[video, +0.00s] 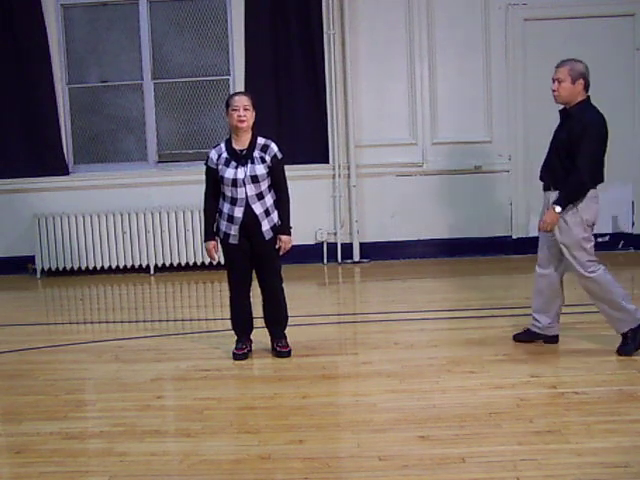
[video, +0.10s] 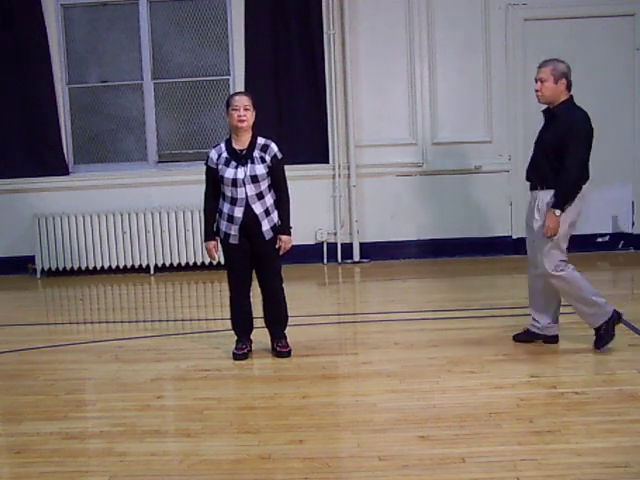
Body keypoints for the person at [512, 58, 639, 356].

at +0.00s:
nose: (553, 87)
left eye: (558, 82)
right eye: (553, 82)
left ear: (579, 85)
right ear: (574, 86)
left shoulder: (590, 120)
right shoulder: (569, 117)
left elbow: (584, 174)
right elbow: (566, 163)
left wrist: (557, 207)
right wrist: (549, 197)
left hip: (576, 201)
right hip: (554, 198)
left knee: (586, 268)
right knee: (547, 266)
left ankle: (631, 324)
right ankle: (544, 328)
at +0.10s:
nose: (537, 87)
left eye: (542, 82)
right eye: (536, 81)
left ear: (562, 84)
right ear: (554, 85)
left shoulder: (576, 119)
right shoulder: (553, 116)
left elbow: (576, 172)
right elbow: (553, 162)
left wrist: (556, 210)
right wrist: (538, 199)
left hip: (559, 198)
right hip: (540, 196)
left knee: (552, 265)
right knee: (538, 264)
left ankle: (604, 316)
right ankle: (544, 327)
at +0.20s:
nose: (522, 87)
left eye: (527, 81)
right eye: (522, 81)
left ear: (547, 84)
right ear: (537, 85)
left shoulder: (564, 118)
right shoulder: (537, 117)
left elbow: (570, 172)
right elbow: (525, 160)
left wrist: (557, 211)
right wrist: (509, 194)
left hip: (545, 197)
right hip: (526, 196)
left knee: (533, 264)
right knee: (529, 264)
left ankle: (563, 323)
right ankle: (540, 326)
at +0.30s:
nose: (510, 87)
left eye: (515, 81)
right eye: (510, 81)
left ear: (535, 84)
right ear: (525, 85)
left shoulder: (554, 120)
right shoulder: (522, 118)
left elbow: (566, 171)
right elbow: (506, 159)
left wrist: (559, 211)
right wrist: (483, 194)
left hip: (536, 199)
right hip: (517, 198)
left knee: (518, 265)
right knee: (535, 264)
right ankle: (546, 327)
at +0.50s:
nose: (488, 88)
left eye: (493, 83)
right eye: (488, 83)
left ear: (512, 87)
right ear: (505, 87)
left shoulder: (534, 123)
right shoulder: (498, 121)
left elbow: (548, 170)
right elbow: (481, 161)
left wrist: (552, 214)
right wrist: (457, 195)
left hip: (517, 202)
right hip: (494, 201)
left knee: (495, 268)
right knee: (519, 264)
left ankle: (471, 335)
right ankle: (543, 324)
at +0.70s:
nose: (469, 87)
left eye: (474, 82)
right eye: (470, 81)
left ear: (493, 87)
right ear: (488, 87)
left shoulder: (513, 124)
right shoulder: (475, 121)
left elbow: (524, 174)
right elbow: (461, 161)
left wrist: (522, 218)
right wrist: (443, 195)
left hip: (493, 203)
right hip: (469, 202)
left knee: (480, 271)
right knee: (485, 266)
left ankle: (467, 336)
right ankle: (528, 313)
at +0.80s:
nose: (460, 85)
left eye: (465, 81)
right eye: (461, 80)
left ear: (483, 86)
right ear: (478, 85)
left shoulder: (505, 124)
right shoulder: (465, 120)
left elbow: (511, 175)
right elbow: (452, 162)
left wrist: (501, 217)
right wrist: (437, 198)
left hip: (483, 203)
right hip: (457, 202)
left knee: (477, 271)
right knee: (458, 266)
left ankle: (467, 335)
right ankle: (507, 307)